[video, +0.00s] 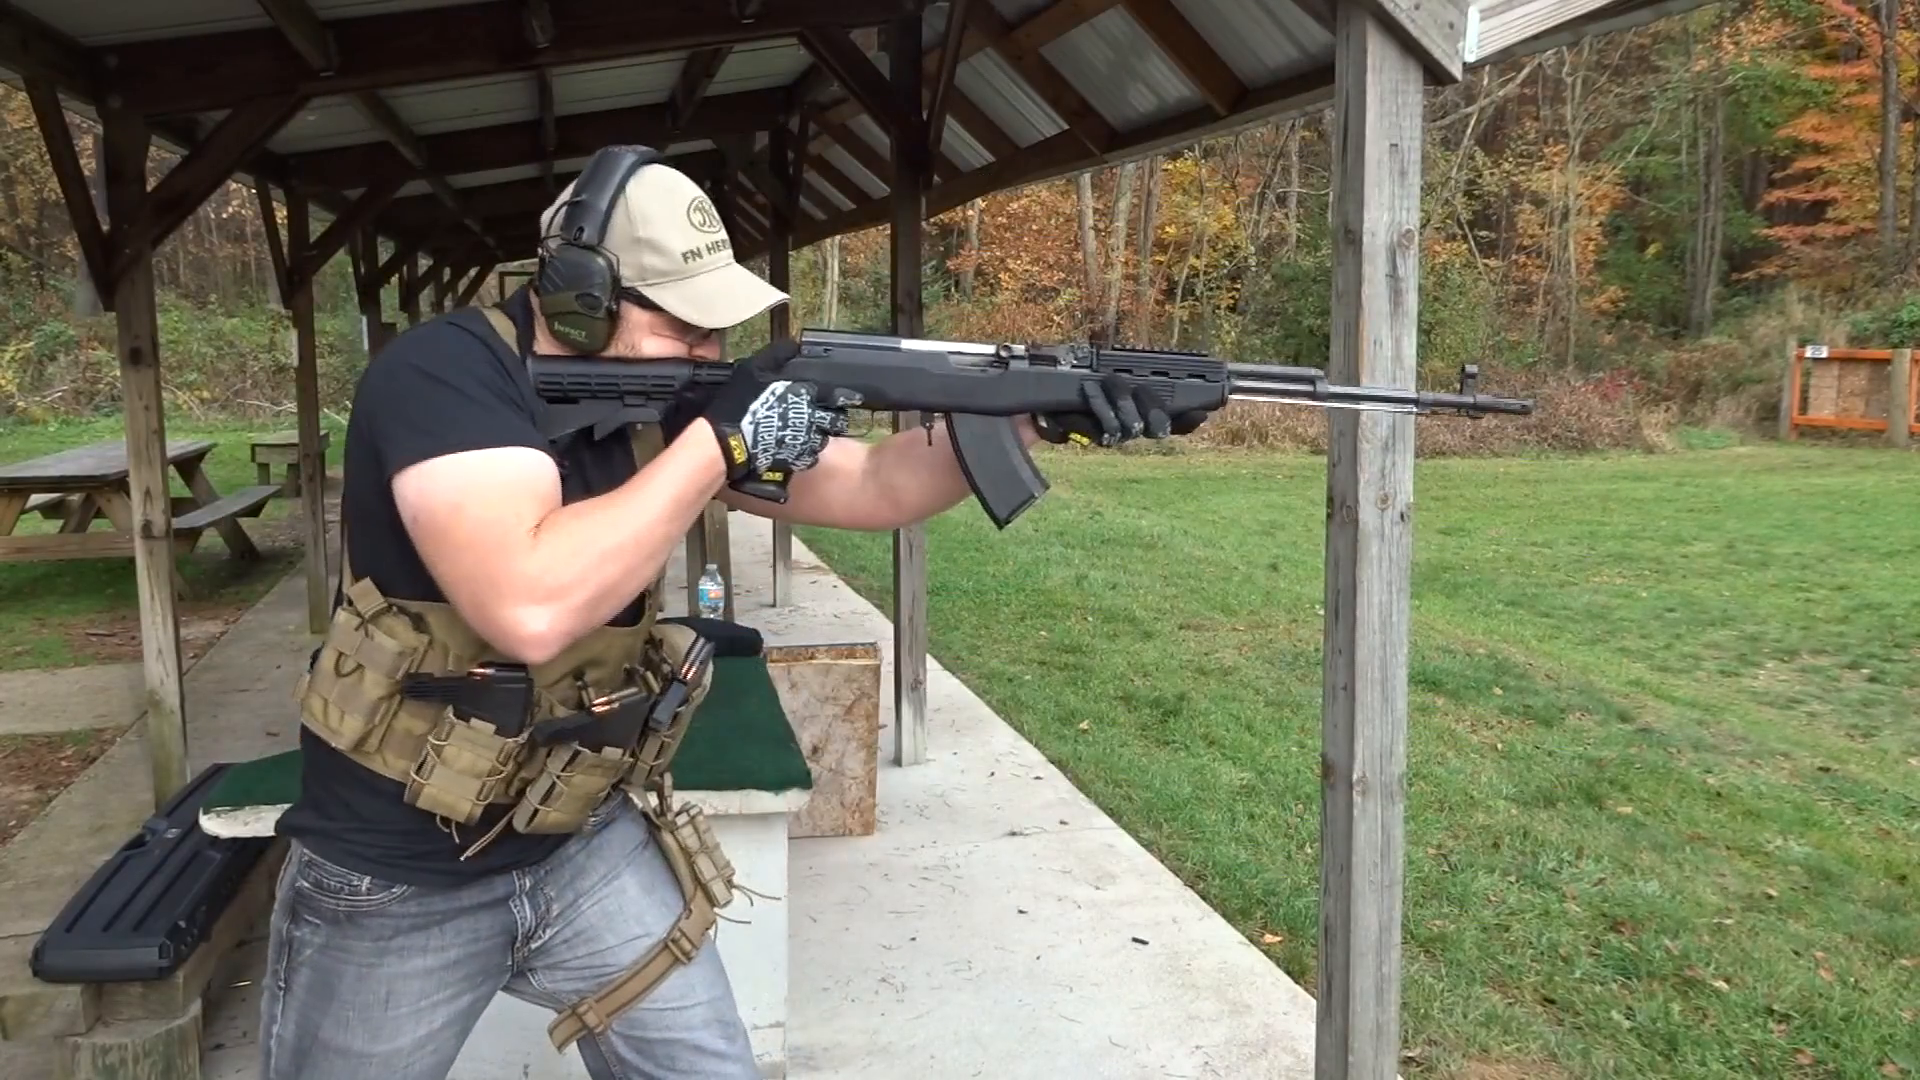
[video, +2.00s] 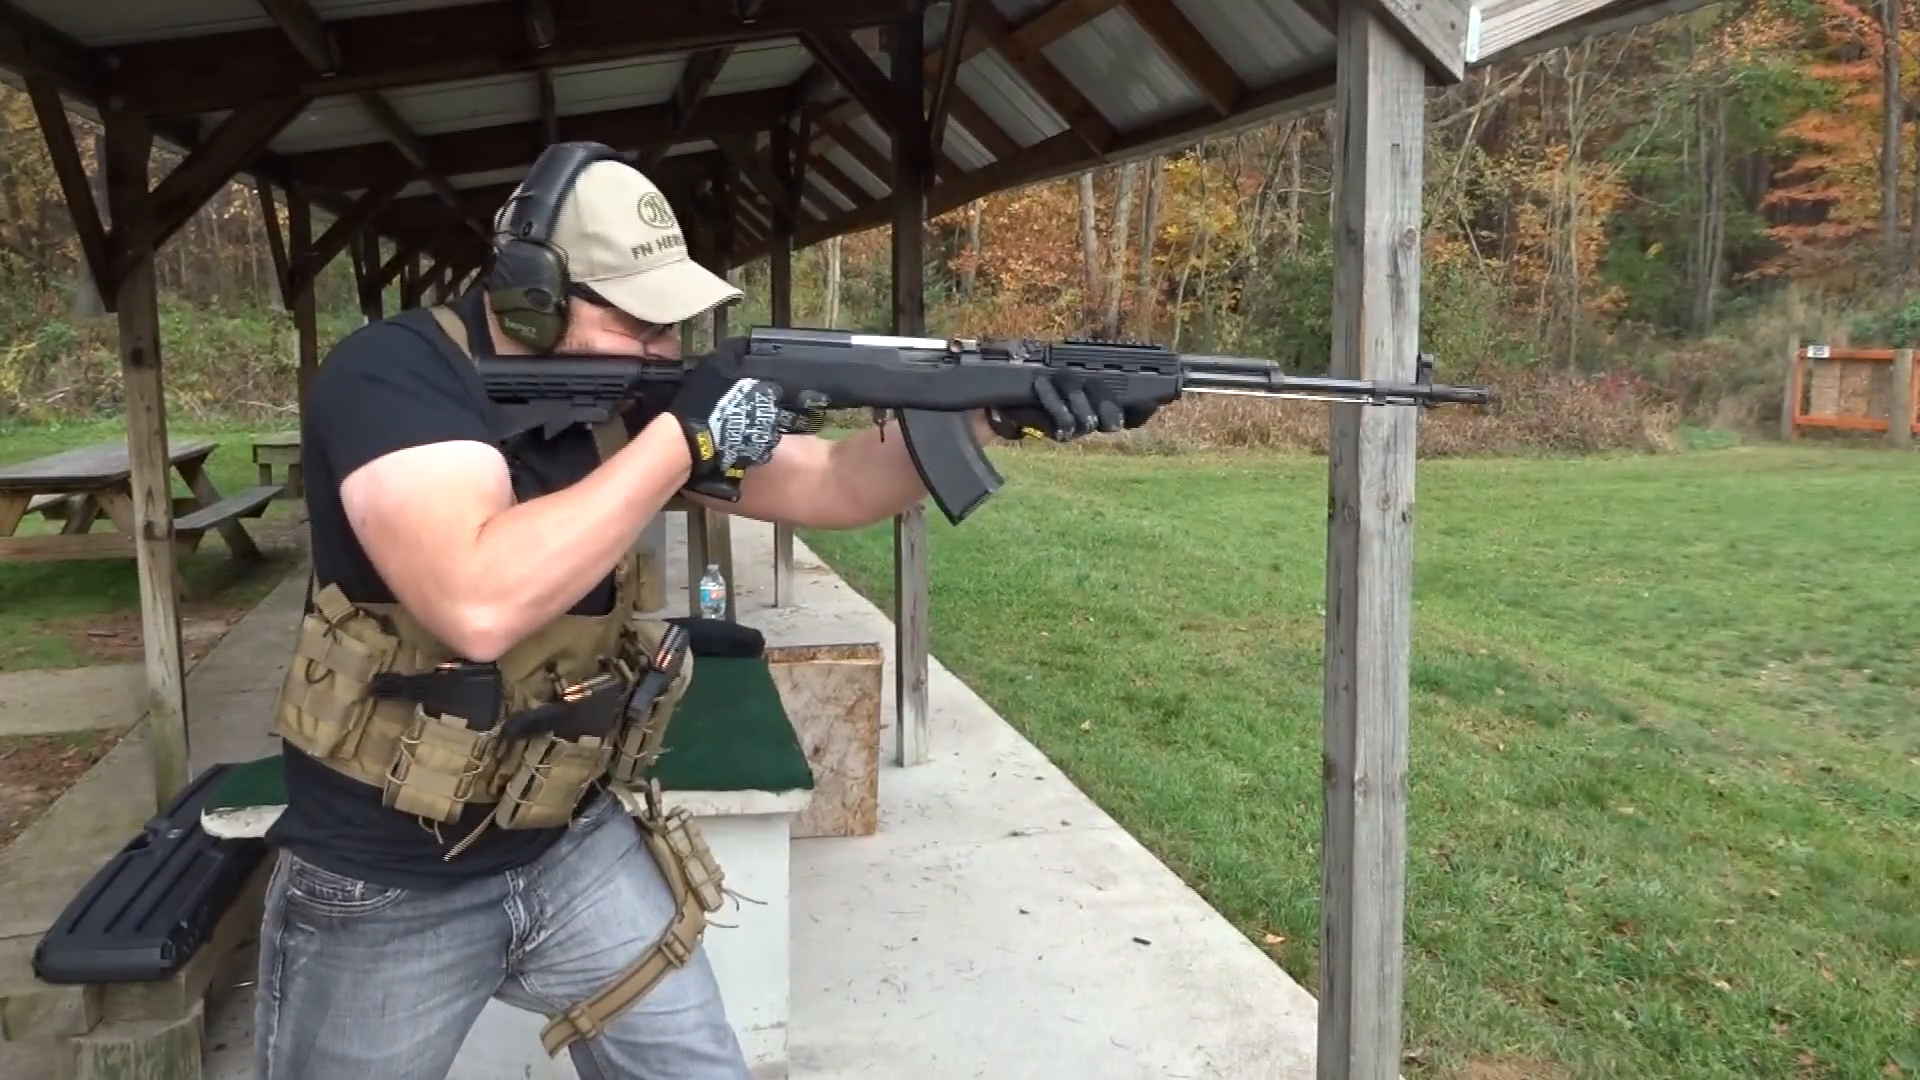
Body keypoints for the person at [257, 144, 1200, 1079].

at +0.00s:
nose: (705, 352)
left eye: (710, 330)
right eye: (680, 327)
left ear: (692, 309)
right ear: (582, 302)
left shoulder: (659, 404)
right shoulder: (433, 381)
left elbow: (876, 481)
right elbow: (533, 607)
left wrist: (1053, 404)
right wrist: (718, 438)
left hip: (593, 842)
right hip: (396, 876)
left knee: (711, 1065)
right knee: (331, 1075)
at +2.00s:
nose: (659, 349)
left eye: (665, 326)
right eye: (632, 325)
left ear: (664, 300)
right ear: (533, 301)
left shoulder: (625, 402)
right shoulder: (384, 379)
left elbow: (833, 479)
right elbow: (477, 602)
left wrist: (1015, 400)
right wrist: (683, 431)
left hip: (579, 848)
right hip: (385, 893)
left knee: (701, 1059)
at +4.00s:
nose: (628, 351)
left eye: (636, 326)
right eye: (600, 326)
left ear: (644, 297)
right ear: (498, 296)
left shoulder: (606, 400)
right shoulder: (354, 381)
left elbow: (805, 480)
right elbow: (439, 601)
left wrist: (978, 397)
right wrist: (648, 432)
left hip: (573, 848)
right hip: (377, 893)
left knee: (693, 1069)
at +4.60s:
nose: (752, 278)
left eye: (756, 249)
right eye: (723, 250)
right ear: (623, 240)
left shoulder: (741, 385)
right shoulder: (497, 375)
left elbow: (897, 525)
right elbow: (528, 622)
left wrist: (985, 458)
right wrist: (769, 500)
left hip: (693, 827)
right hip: (493, 860)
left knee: (787, 1066)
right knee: (428, 1066)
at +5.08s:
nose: (622, 283)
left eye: (639, 243)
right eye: (579, 255)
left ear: (672, 236)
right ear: (503, 260)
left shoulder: (729, 357)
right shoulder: (430, 421)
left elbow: (915, 510)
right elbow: (450, 745)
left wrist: (969, 470)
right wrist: (699, 571)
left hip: (721, 847)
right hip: (514, 885)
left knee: (785, 1062)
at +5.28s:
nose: (502, 318)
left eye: (520, 271)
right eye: (457, 288)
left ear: (563, 247)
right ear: (377, 285)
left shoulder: (644, 361)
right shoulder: (311, 465)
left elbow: (842, 496)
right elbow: (356, 811)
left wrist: (911, 490)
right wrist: (610, 619)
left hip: (648, 874)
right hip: (431, 937)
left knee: (722, 1060)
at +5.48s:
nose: (446, 330)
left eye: (468, 282)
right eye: (395, 304)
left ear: (502, 230)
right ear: (297, 281)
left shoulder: (587, 356)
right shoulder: (219, 468)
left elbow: (775, 492)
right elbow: (230, 827)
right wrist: (464, 657)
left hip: (616, 893)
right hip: (384, 956)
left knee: (676, 1064)